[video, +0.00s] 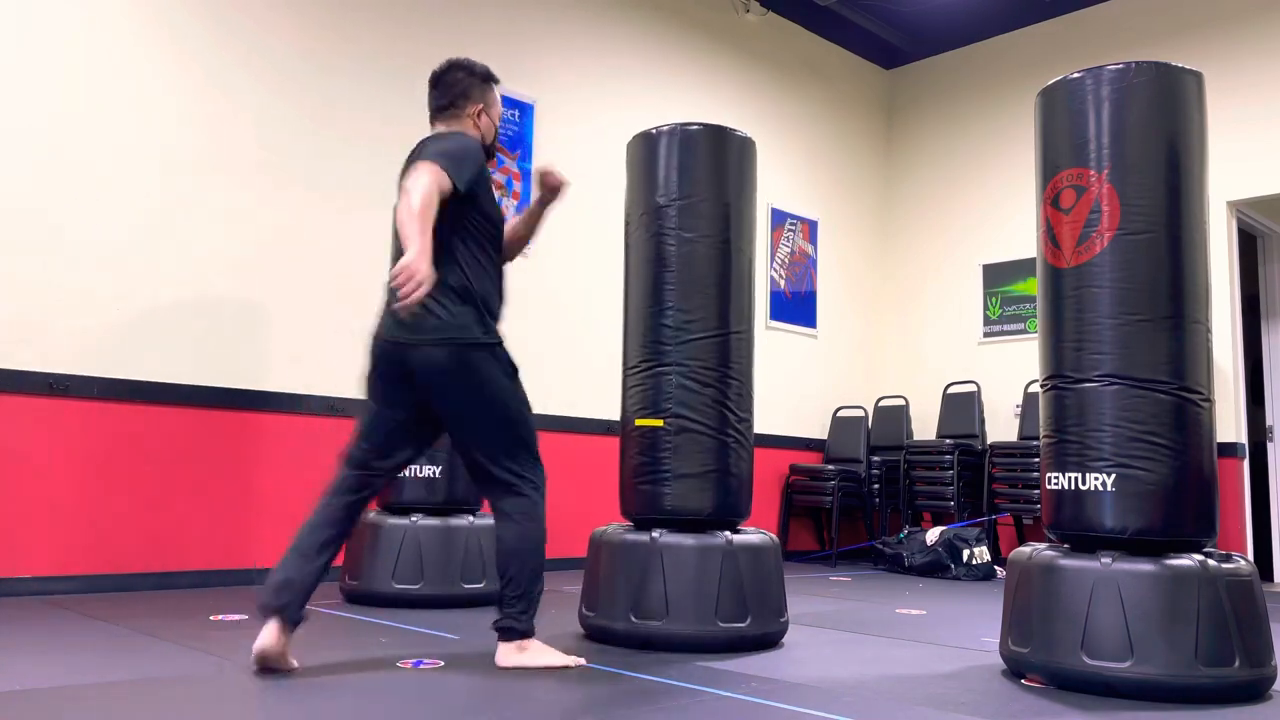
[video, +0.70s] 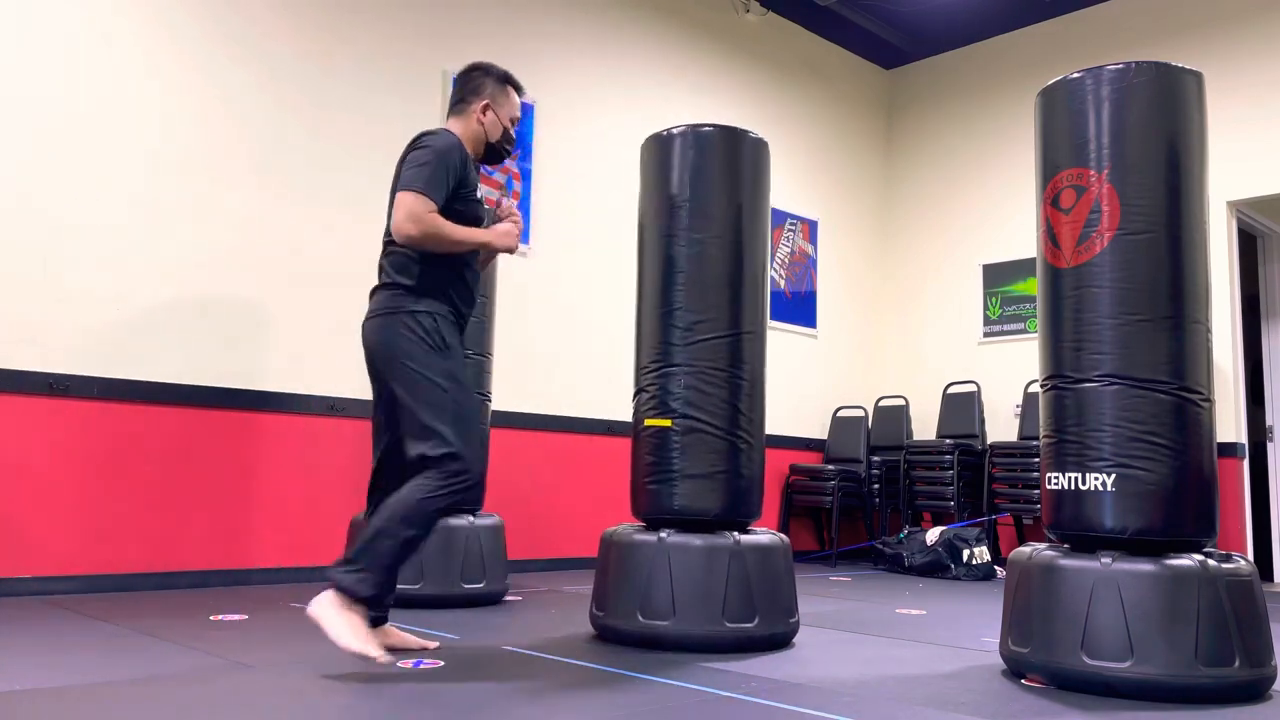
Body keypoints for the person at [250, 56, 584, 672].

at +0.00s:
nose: (498, 120)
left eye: (496, 111)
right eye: (495, 110)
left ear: (442, 110)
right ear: (479, 110)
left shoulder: (448, 162)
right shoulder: (460, 145)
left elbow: (500, 251)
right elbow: (418, 189)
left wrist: (541, 203)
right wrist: (421, 253)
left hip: (401, 344)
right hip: (461, 344)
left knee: (357, 477)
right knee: (520, 482)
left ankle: (279, 620)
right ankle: (517, 637)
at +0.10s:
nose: (504, 111)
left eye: (504, 101)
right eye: (502, 99)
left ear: (467, 98)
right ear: (482, 95)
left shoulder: (476, 166)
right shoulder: (427, 124)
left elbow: (520, 253)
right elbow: (439, 168)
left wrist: (588, 255)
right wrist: (530, 211)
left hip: (487, 325)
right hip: (456, 325)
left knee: (505, 454)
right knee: (502, 463)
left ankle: (390, 480)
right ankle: (516, 630)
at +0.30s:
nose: (532, 131)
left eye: (532, 122)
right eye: (529, 120)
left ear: (497, 114)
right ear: (505, 113)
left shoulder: (486, 164)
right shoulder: (454, 145)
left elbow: (462, 256)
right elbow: (518, 196)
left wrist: (518, 264)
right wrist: (553, 154)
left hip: (511, 327)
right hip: (458, 337)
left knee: (596, 369)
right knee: (511, 479)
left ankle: (615, 437)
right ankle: (530, 629)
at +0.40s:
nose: (527, 131)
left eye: (528, 122)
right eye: (525, 119)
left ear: (490, 112)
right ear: (502, 111)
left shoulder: (486, 165)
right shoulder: (457, 148)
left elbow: (468, 250)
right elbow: (461, 218)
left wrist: (512, 246)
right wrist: (526, 192)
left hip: (492, 333)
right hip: (456, 339)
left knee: (539, 433)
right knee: (497, 485)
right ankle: (528, 630)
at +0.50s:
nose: (522, 140)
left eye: (523, 130)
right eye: (520, 128)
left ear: (483, 123)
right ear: (496, 122)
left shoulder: (474, 183)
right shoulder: (450, 162)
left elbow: (478, 280)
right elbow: (413, 232)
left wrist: (513, 249)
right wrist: (498, 241)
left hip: (447, 348)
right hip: (447, 349)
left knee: (438, 492)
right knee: (496, 485)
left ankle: (375, 620)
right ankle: (522, 631)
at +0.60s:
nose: (519, 140)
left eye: (521, 130)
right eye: (516, 125)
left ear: (483, 122)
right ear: (487, 117)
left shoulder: (470, 183)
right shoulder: (442, 160)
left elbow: (473, 280)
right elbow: (401, 234)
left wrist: (504, 240)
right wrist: (486, 249)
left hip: (420, 333)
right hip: (420, 331)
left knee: (410, 481)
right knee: (494, 457)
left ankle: (370, 622)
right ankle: (446, 611)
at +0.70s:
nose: (510, 133)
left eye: (513, 124)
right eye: (510, 121)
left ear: (473, 111)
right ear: (484, 109)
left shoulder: (456, 162)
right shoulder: (442, 146)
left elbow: (458, 256)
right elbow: (409, 223)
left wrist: (489, 225)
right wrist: (488, 236)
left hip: (410, 325)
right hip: (414, 324)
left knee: (399, 467)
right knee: (455, 468)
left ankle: (372, 619)